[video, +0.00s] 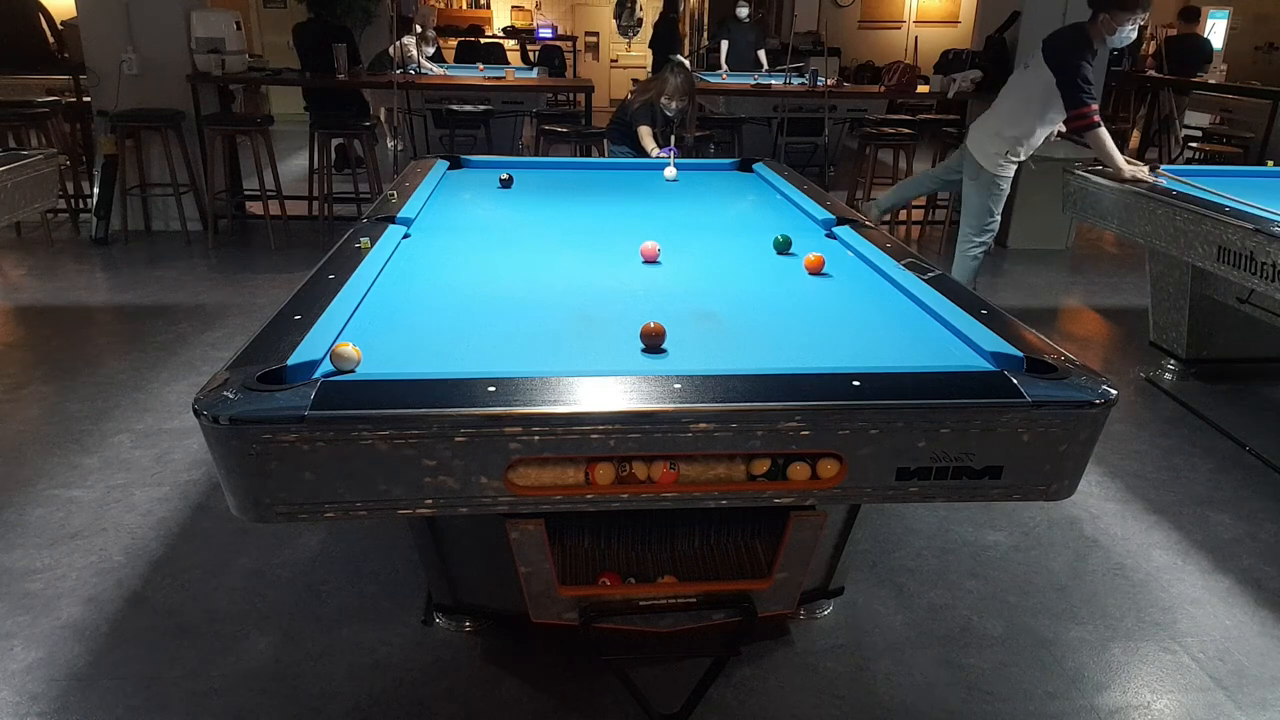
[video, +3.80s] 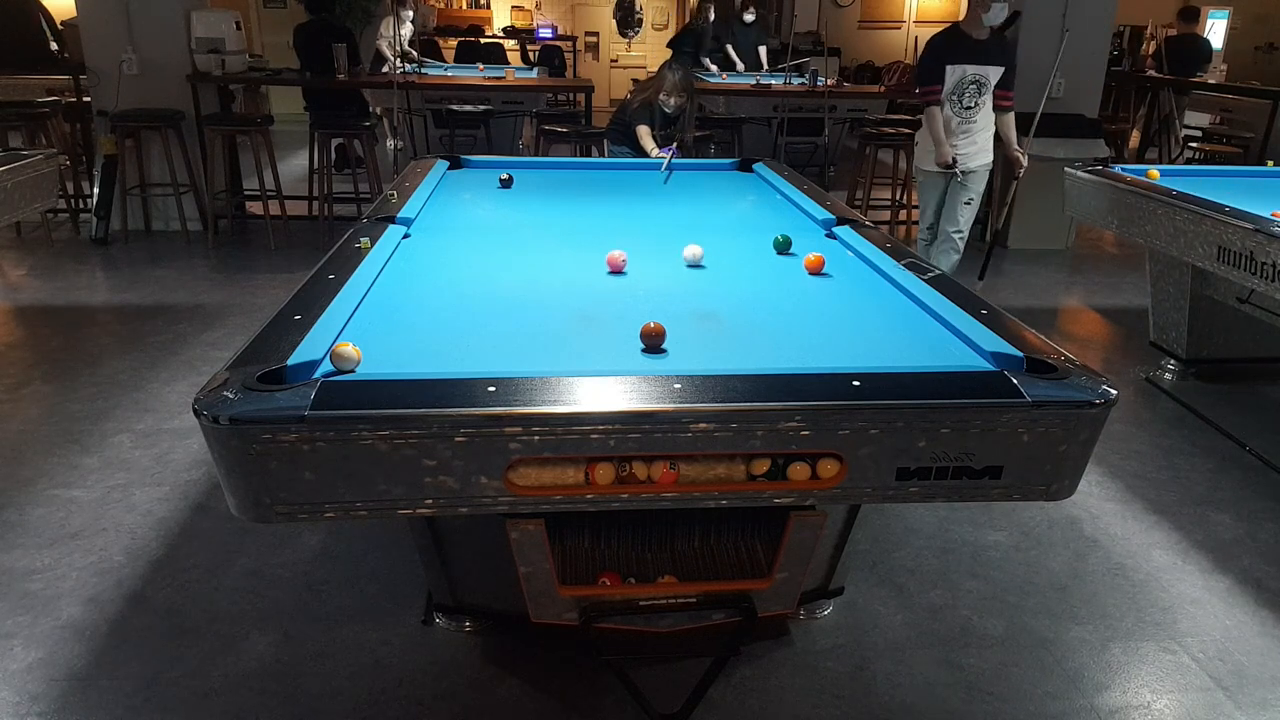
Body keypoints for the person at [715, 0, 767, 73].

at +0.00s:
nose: (741, 11)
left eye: (744, 8)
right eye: (739, 8)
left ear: (749, 10)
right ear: (735, 10)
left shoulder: (755, 27)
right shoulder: (729, 25)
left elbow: (760, 48)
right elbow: (724, 43)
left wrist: (765, 65)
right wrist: (723, 63)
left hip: (750, 69)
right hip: (731, 69)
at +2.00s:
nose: (743, 11)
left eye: (746, 8)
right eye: (741, 8)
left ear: (751, 11)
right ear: (737, 10)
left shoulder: (756, 26)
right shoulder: (730, 24)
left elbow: (761, 46)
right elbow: (725, 43)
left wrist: (765, 65)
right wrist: (723, 63)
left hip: (751, 67)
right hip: (734, 67)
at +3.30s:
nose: (746, 15)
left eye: (749, 12)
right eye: (744, 12)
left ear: (753, 12)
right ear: (739, 12)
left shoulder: (757, 26)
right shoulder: (732, 24)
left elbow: (761, 46)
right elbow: (726, 43)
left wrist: (765, 66)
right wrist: (724, 63)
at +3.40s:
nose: (748, 16)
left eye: (751, 13)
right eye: (745, 13)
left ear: (754, 13)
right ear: (739, 12)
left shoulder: (756, 25)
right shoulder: (732, 25)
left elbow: (761, 46)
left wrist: (765, 66)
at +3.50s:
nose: (749, 16)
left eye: (751, 13)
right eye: (746, 13)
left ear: (755, 13)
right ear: (741, 12)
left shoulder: (757, 25)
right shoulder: (732, 24)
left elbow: (761, 46)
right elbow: (725, 44)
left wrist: (765, 65)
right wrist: (724, 63)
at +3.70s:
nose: (750, 16)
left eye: (753, 14)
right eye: (747, 14)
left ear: (756, 14)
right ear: (741, 13)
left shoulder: (758, 26)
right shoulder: (732, 25)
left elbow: (761, 46)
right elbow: (726, 44)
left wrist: (765, 66)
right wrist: (730, 63)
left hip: (754, 69)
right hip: (736, 69)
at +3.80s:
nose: (750, 17)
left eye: (753, 14)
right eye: (747, 14)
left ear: (756, 14)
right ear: (742, 13)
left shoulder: (758, 26)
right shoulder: (733, 25)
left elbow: (762, 46)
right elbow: (727, 45)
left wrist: (765, 65)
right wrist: (738, 62)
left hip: (754, 69)